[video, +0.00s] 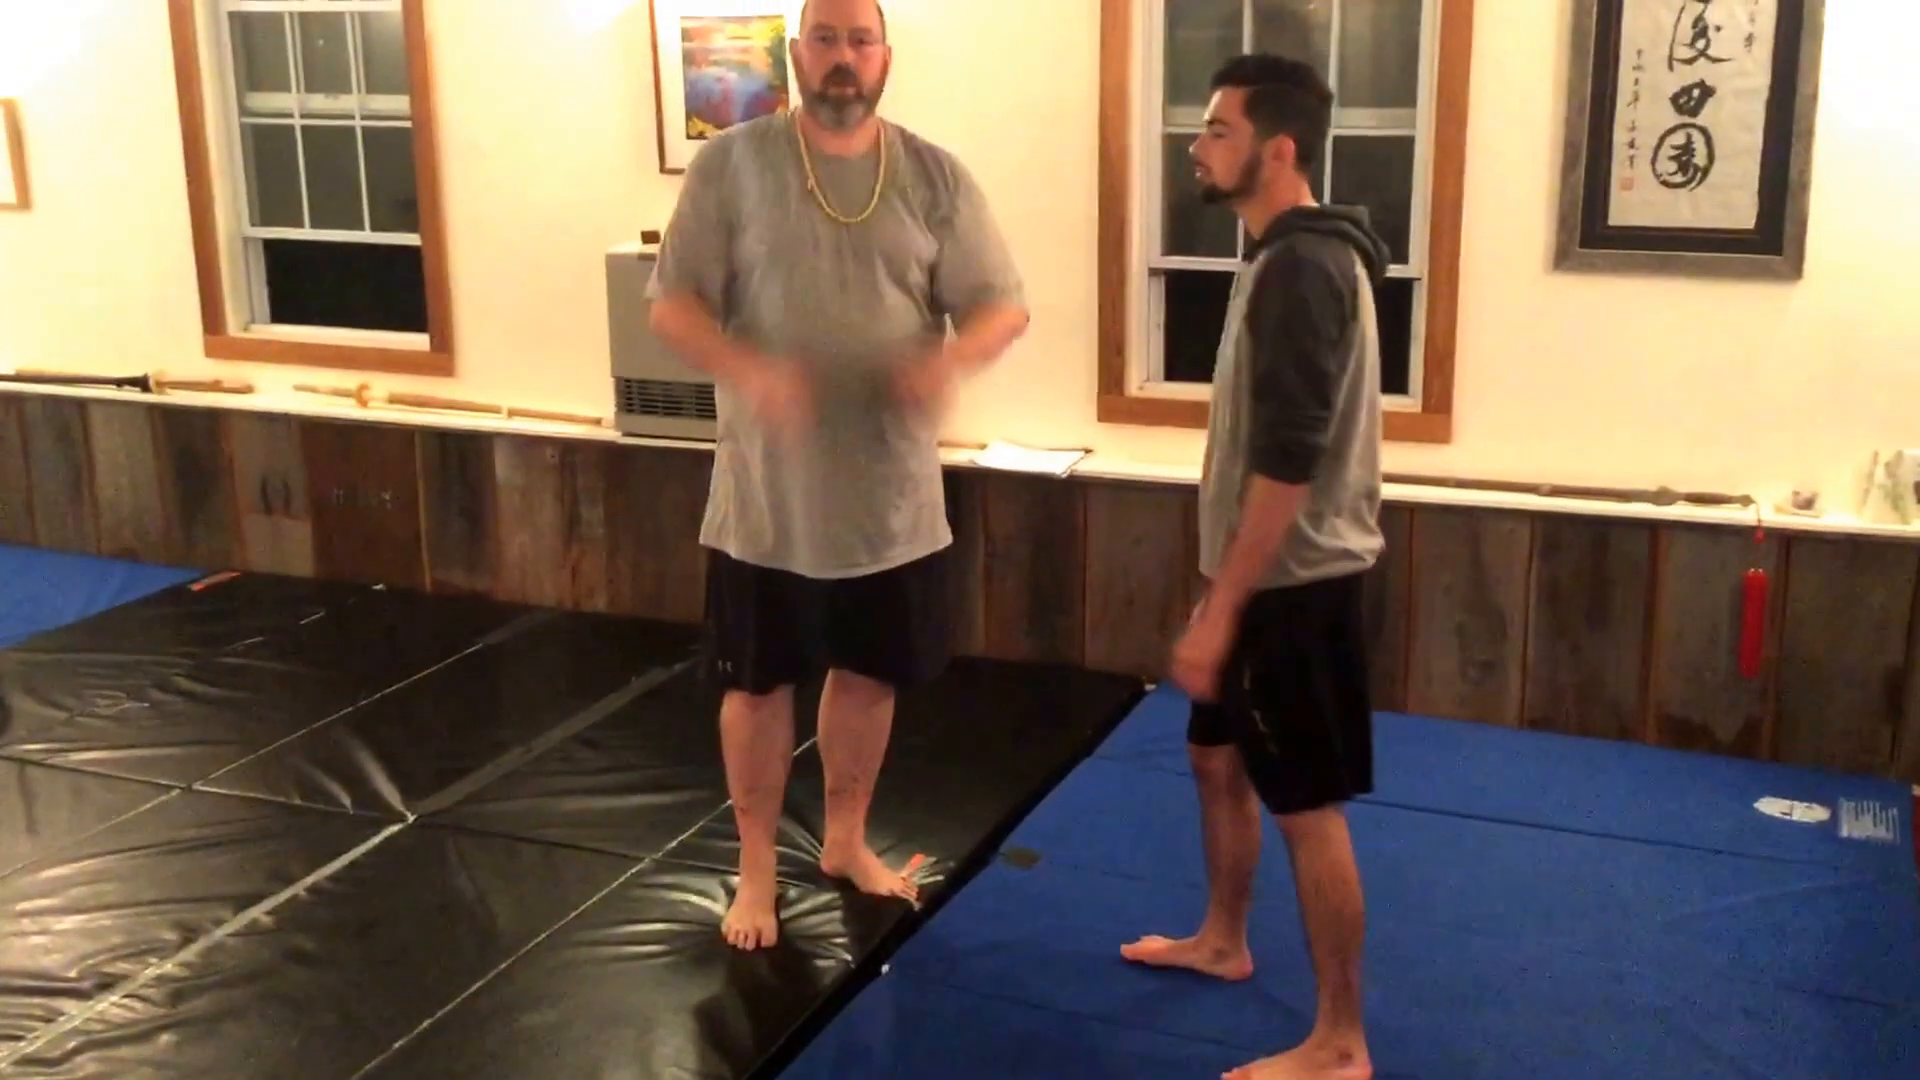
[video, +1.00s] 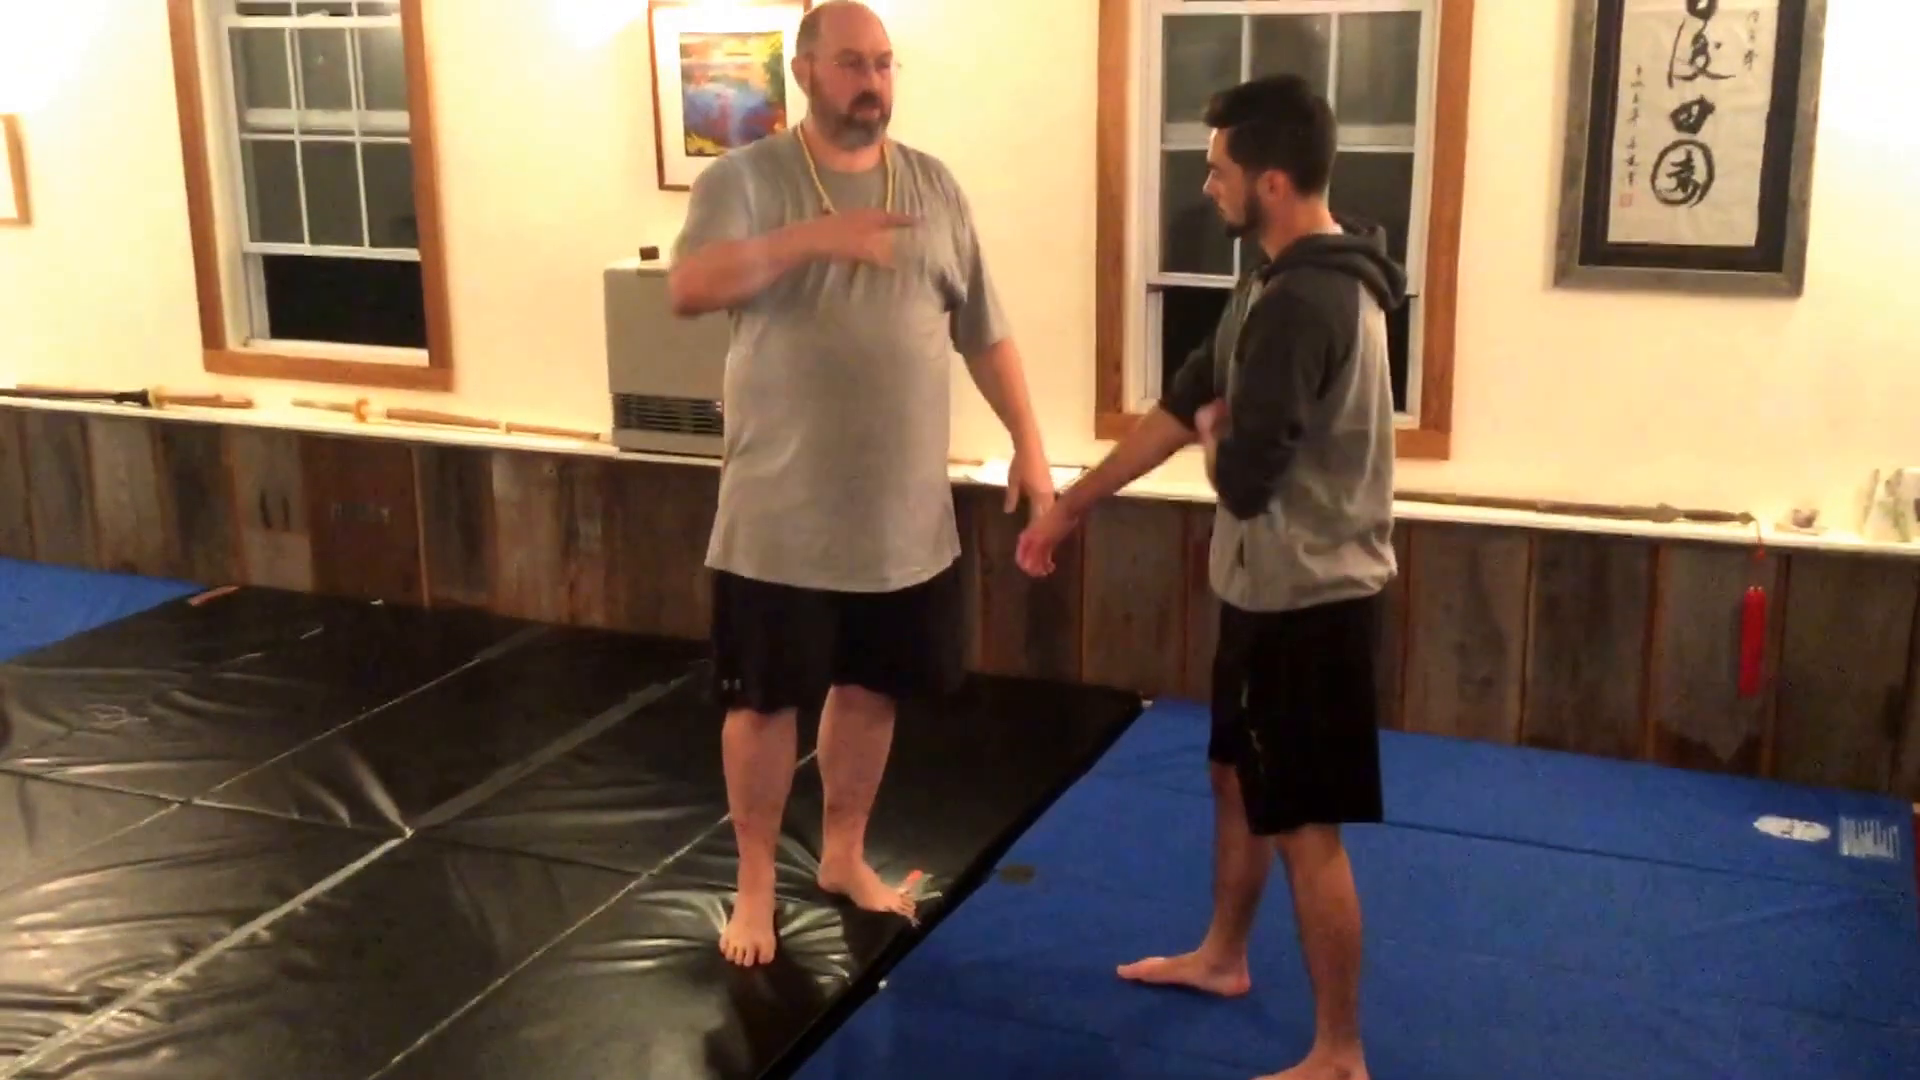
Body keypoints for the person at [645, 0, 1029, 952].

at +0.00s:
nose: (838, 56)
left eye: (857, 38)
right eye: (821, 36)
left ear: (887, 52)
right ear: (794, 48)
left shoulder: (937, 179)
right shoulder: (728, 166)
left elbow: (1002, 308)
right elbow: (671, 303)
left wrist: (947, 359)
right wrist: (751, 371)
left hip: (887, 492)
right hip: (763, 492)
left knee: (870, 674)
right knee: (757, 684)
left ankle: (847, 846)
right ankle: (755, 871)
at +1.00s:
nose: (872, 80)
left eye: (883, 62)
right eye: (851, 63)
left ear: (897, 70)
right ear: (803, 71)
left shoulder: (934, 188)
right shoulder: (745, 178)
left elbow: (985, 333)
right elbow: (689, 285)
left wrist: (1032, 458)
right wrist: (806, 240)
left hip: (903, 499)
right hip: (778, 499)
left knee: (873, 687)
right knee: (765, 699)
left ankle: (844, 861)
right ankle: (754, 882)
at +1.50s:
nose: (864, 87)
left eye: (877, 68)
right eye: (841, 70)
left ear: (894, 74)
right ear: (800, 79)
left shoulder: (929, 189)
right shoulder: (746, 183)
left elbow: (974, 331)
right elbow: (705, 305)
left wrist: (1020, 442)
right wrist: (844, 269)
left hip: (904, 499)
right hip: (780, 501)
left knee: (873, 691)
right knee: (767, 703)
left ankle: (844, 863)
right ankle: (754, 889)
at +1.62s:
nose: (859, 85)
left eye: (874, 67)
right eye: (839, 68)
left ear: (896, 76)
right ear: (804, 77)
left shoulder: (933, 190)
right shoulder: (747, 189)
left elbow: (972, 336)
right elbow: (689, 337)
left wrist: (1015, 449)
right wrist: (778, 396)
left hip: (903, 506)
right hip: (781, 509)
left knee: (873, 691)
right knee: (766, 705)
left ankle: (845, 864)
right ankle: (754, 891)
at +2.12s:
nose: (849, 89)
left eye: (867, 70)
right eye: (829, 71)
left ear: (896, 79)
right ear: (803, 80)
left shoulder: (949, 198)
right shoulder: (745, 192)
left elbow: (1000, 342)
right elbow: (689, 338)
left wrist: (1036, 460)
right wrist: (650, 471)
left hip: (907, 511)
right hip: (776, 508)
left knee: (879, 694)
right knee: (756, 703)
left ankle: (846, 863)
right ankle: (745, 881)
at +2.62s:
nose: (833, 121)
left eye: (847, 101)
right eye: (812, 102)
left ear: (862, 96)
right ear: (767, 96)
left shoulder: (893, 191)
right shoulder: (692, 200)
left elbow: (944, 330)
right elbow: (639, 347)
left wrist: (989, 448)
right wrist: (733, 369)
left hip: (874, 513)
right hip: (747, 518)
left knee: (874, 697)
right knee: (736, 719)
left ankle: (845, 860)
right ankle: (733, 895)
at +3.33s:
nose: (952, 166)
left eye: (964, 148)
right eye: (939, 143)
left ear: (969, 141)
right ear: (884, 117)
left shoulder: (942, 211)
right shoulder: (794, 207)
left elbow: (951, 353)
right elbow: (733, 357)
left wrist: (977, 459)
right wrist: (868, 409)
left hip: (926, 515)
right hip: (807, 525)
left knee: (954, 692)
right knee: (770, 718)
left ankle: (992, 861)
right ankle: (733, 884)